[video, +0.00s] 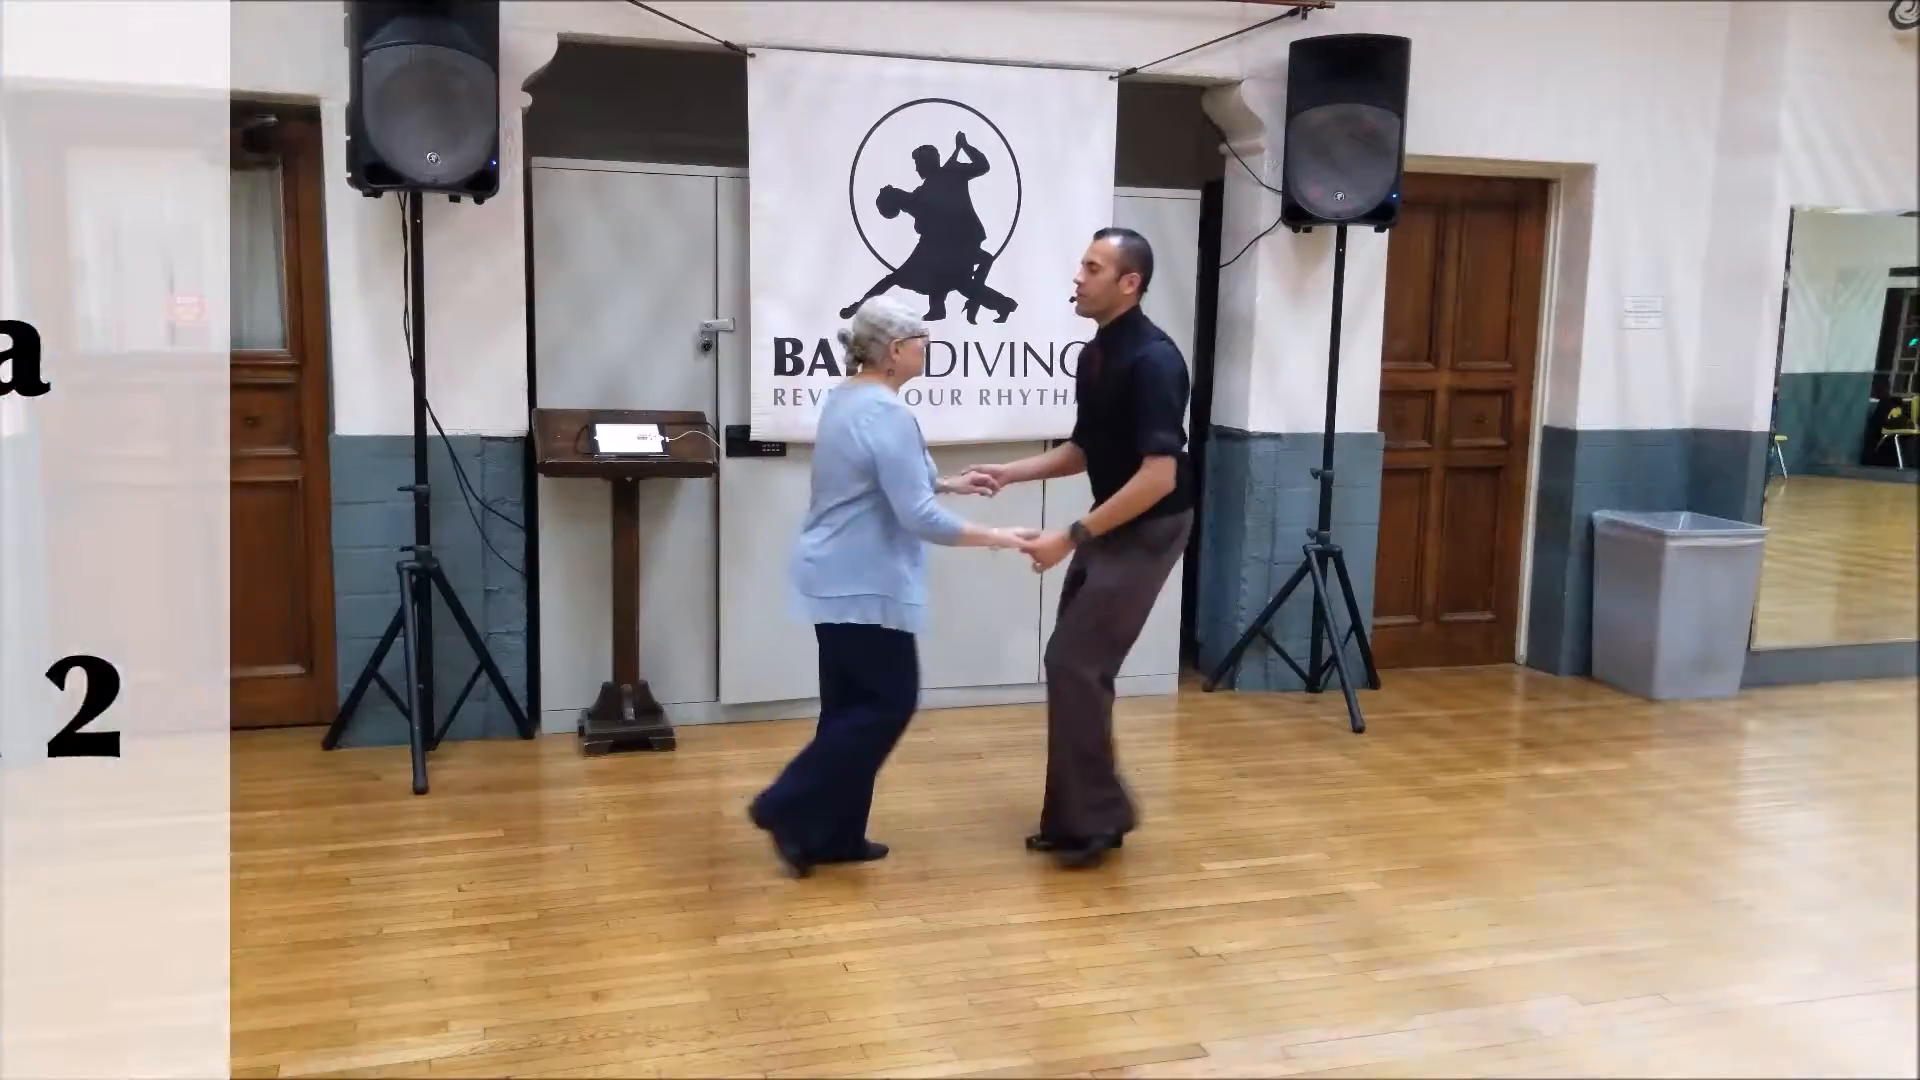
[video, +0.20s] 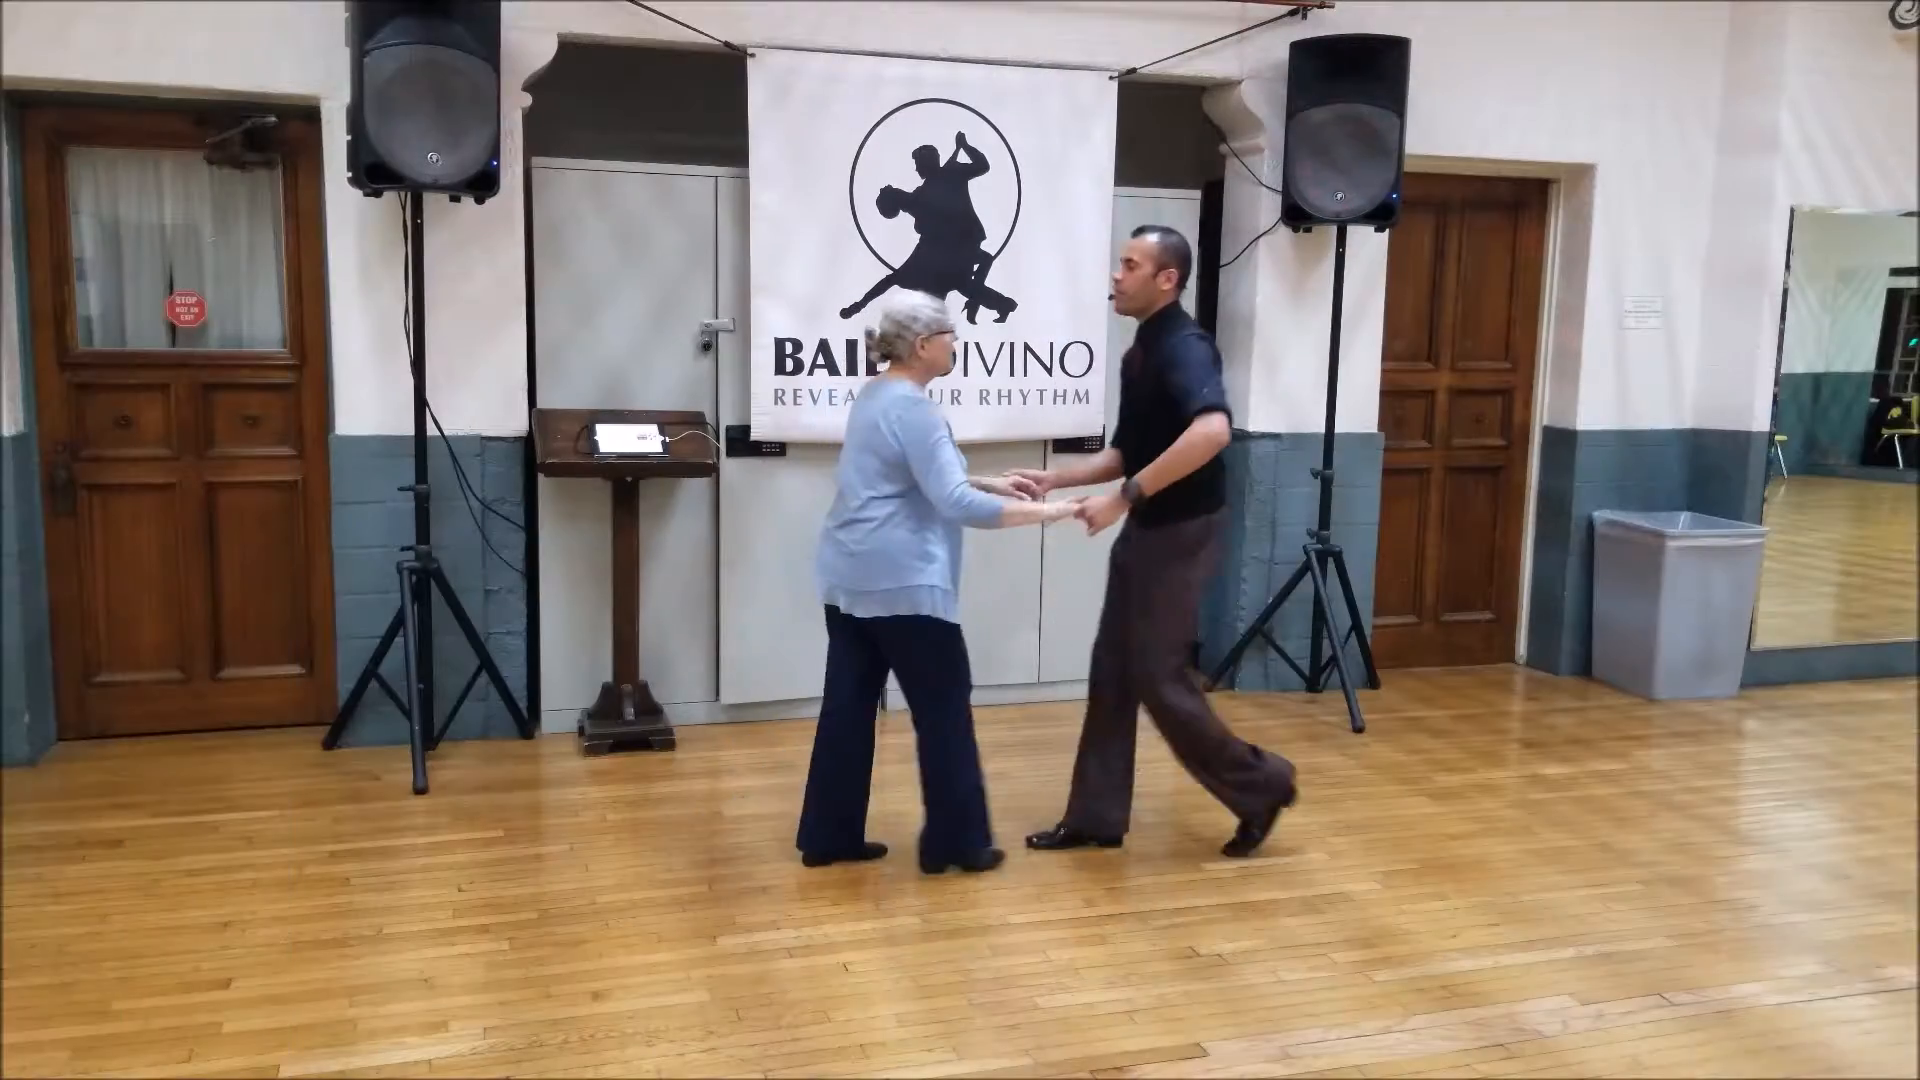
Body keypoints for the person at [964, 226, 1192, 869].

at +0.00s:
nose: (1079, 278)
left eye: (1093, 270)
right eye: (1082, 267)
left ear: (1130, 283)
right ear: (1114, 281)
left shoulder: (1154, 359)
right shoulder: (1096, 350)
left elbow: (1160, 475)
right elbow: (1087, 450)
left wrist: (1075, 533)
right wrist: (1010, 474)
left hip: (1151, 526)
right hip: (1110, 521)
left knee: (1077, 661)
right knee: (1069, 661)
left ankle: (1099, 815)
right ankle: (1071, 816)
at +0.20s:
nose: (1116, 277)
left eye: (1129, 267)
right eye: (1119, 266)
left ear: (1166, 278)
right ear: (1152, 278)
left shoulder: (1184, 343)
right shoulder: (1144, 350)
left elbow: (1212, 429)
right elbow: (1129, 455)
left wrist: (1124, 497)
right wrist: (1054, 480)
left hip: (1181, 531)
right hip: (1146, 528)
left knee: (1159, 675)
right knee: (1113, 671)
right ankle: (1096, 817)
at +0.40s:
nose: (1160, 279)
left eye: (1175, 271)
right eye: (1163, 268)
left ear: (1212, 283)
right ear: (1189, 282)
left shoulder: (1230, 344)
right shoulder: (1183, 356)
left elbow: (1257, 419)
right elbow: (1167, 462)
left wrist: (1172, 471)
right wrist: (1098, 500)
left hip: (1253, 534)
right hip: (1206, 532)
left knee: (1260, 674)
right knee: (1166, 668)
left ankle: (1291, 819)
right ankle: (1121, 804)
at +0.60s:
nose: (1205, 279)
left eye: (1220, 272)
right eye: (1206, 269)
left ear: (1257, 285)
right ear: (1215, 282)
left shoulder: (1284, 360)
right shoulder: (1213, 357)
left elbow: (1279, 474)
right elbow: (1204, 455)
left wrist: (1183, 500)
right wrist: (1149, 488)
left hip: (1296, 534)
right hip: (1237, 532)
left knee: (1299, 678)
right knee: (1207, 665)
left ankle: (1297, 823)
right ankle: (1276, 786)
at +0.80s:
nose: (1232, 281)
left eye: (1247, 274)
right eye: (1233, 270)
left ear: (1285, 288)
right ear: (1235, 277)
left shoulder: (1305, 362)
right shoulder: (1235, 355)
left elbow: (1292, 480)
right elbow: (1232, 446)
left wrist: (1199, 524)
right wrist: (1161, 464)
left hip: (1306, 530)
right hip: (1266, 529)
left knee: (1277, 670)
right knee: (1307, 666)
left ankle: (1300, 820)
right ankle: (1364, 800)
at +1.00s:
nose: (1235, 290)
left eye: (1251, 283)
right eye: (1236, 279)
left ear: (1288, 296)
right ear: (1238, 285)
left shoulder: (1303, 364)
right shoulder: (1243, 366)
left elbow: (1322, 462)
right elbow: (1232, 459)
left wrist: (1229, 512)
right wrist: (1166, 492)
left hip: (1301, 536)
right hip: (1272, 535)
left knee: (1212, 660)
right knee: (1315, 671)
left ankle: (1265, 803)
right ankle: (1370, 805)